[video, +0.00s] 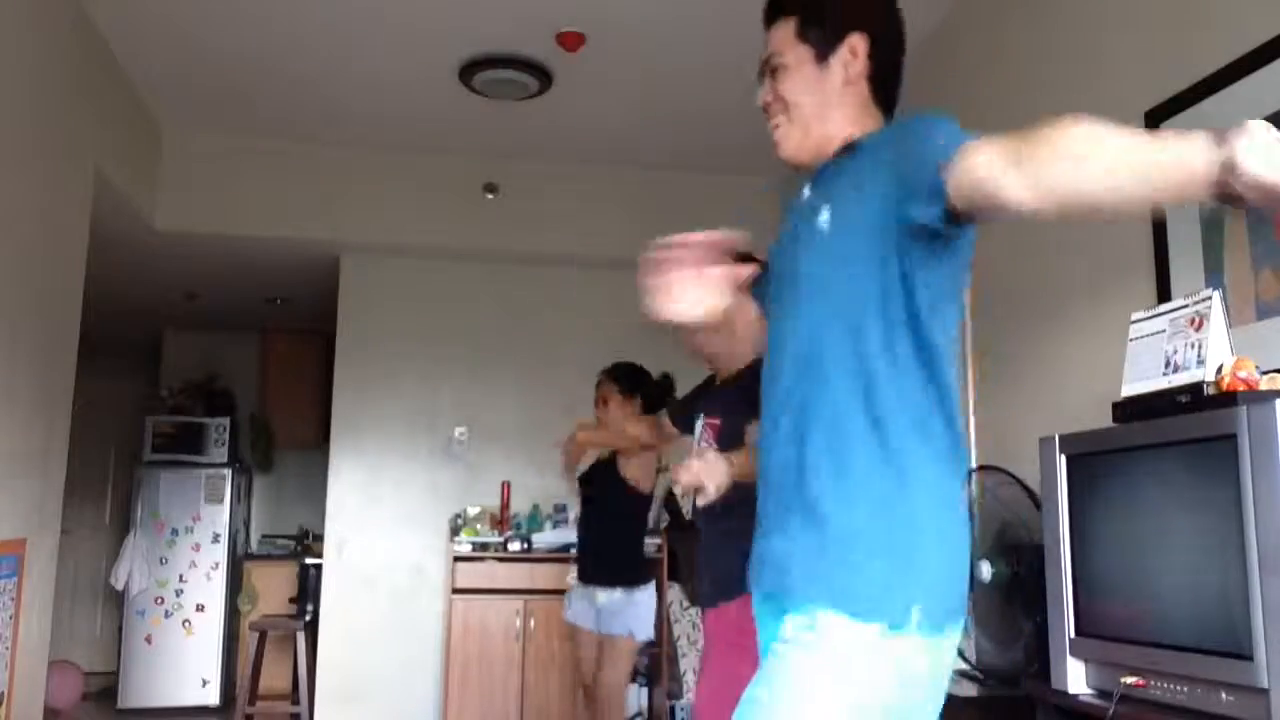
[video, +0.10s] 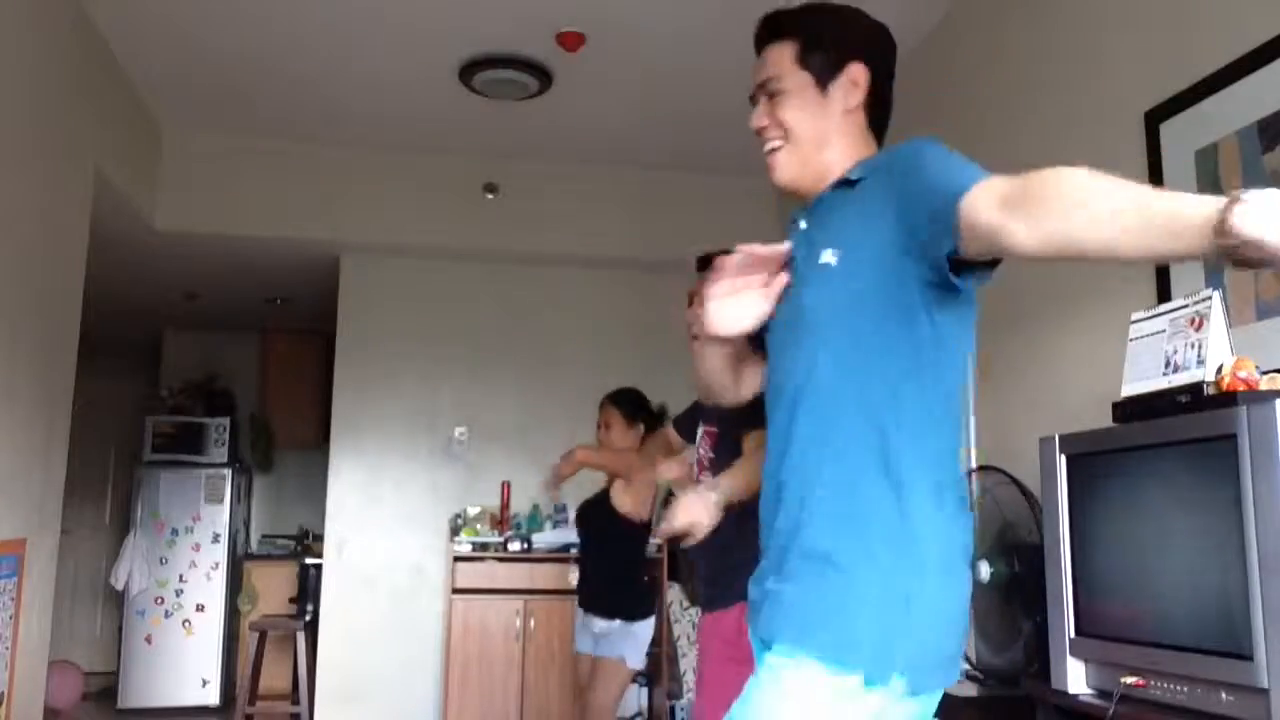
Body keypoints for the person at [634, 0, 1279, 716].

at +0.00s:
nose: (762, 95)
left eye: (776, 70)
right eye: (761, 77)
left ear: (848, 59)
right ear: (839, 65)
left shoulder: (901, 153)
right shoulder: (800, 222)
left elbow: (1023, 171)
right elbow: (742, 353)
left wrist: (1223, 159)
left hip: (874, 603)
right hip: (806, 600)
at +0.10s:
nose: (756, 119)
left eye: (773, 93)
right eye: (755, 103)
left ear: (851, 85)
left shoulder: (904, 179)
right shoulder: (801, 255)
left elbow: (1021, 208)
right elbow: (731, 390)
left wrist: (1225, 222)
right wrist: (715, 338)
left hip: (863, 630)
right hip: (799, 622)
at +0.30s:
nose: (805, 61)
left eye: (832, 35)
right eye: (791, 43)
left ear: (893, 45)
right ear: (779, 61)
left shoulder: (925, 116)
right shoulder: (787, 192)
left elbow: (1060, 153)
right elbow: (685, 310)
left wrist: (939, 201)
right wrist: (527, 353)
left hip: (904, 565)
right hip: (797, 559)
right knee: (783, 710)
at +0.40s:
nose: (829, 59)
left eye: (854, 32)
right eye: (810, 39)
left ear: (914, 40)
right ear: (797, 59)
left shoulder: (960, 127)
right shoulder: (806, 195)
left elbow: (1114, 178)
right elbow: (687, 300)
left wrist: (874, 220)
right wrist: (542, 393)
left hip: (934, 575)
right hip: (801, 571)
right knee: (749, 712)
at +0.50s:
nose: (843, 87)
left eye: (869, 61)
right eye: (824, 69)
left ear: (927, 71)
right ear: (809, 90)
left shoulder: (979, 170)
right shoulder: (804, 235)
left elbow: (1142, 227)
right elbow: (683, 334)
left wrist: (912, 235)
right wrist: (565, 418)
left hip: (957, 626)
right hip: (803, 617)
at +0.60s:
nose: (842, 82)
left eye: (867, 55)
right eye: (823, 66)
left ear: (925, 69)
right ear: (808, 90)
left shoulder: (975, 151)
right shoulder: (806, 232)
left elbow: (1145, 175)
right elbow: (683, 326)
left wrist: (921, 242)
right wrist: (540, 414)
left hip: (962, 616)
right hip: (808, 610)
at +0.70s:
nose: (833, 69)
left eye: (858, 41)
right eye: (813, 52)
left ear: (915, 52)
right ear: (796, 74)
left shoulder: (952, 108)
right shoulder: (803, 211)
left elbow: (1093, 133)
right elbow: (684, 304)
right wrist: (525, 380)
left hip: (952, 571)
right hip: (819, 567)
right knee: (765, 706)